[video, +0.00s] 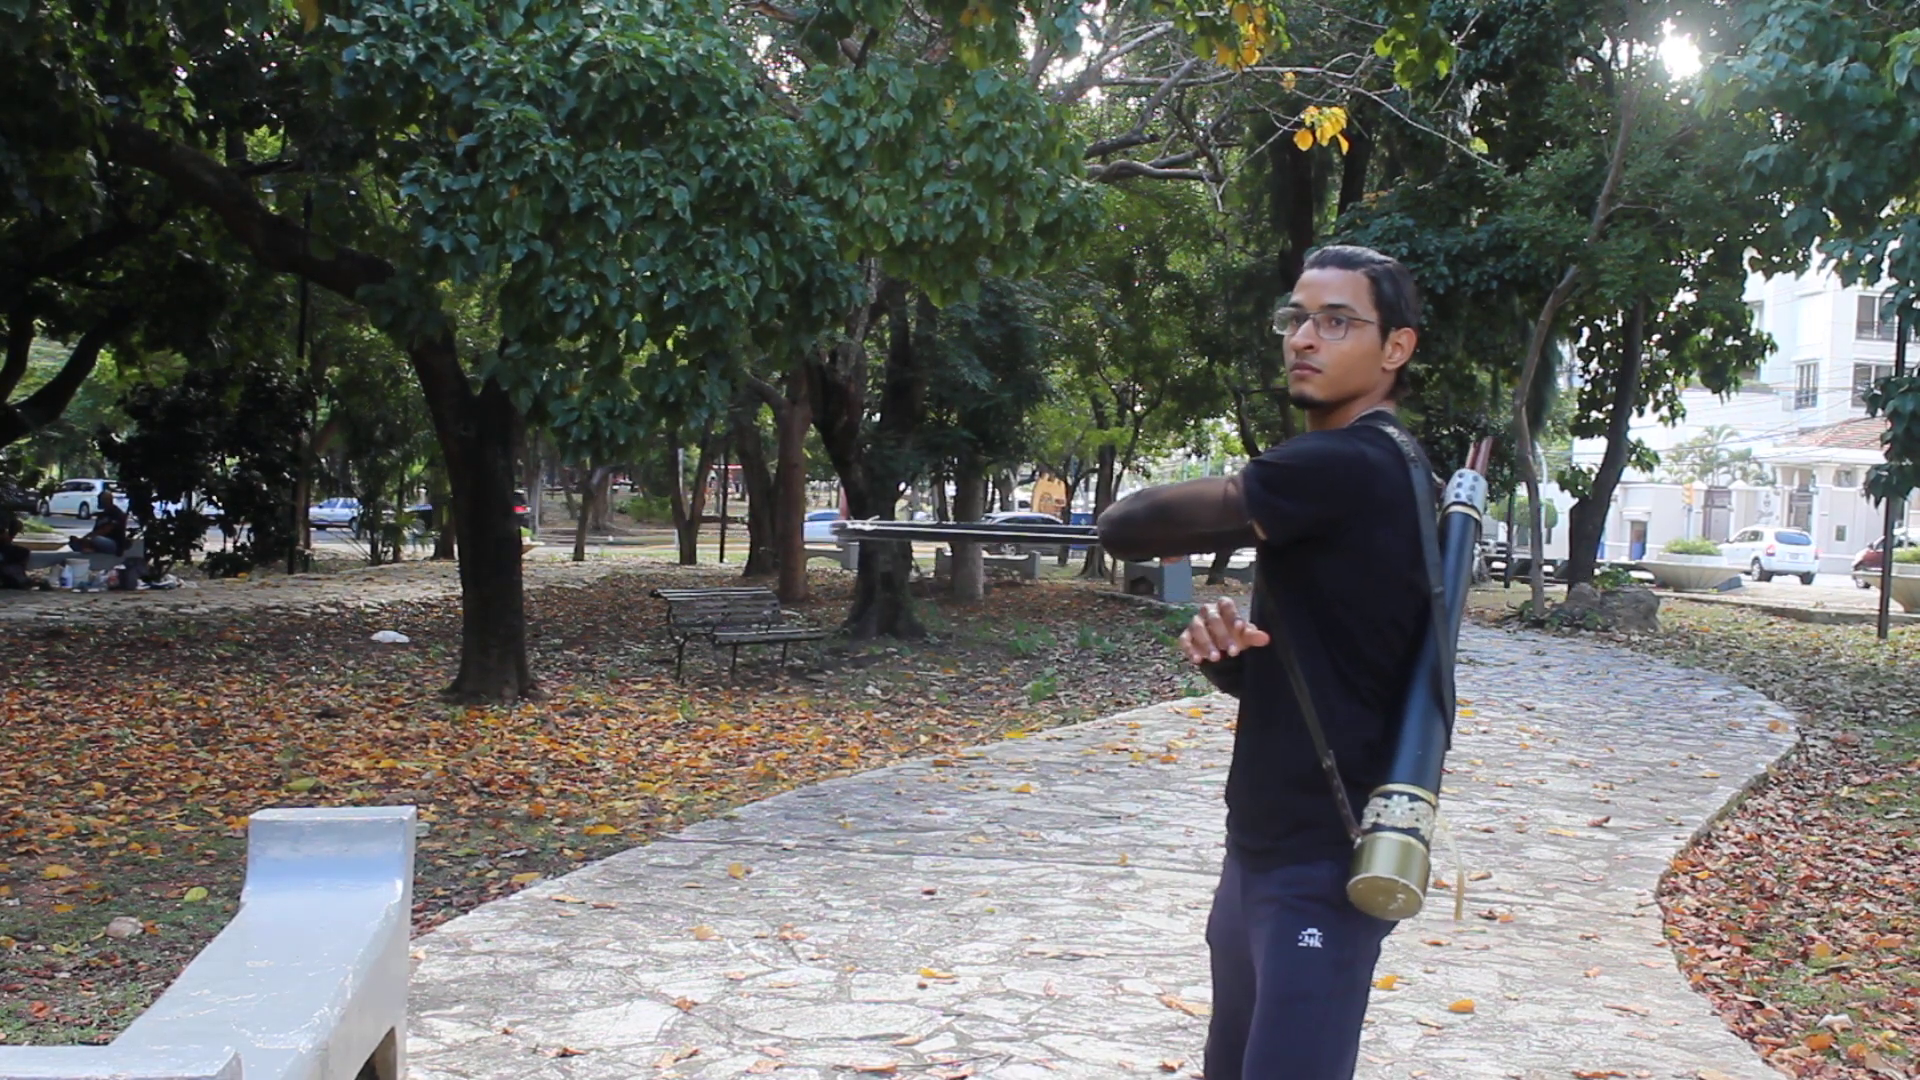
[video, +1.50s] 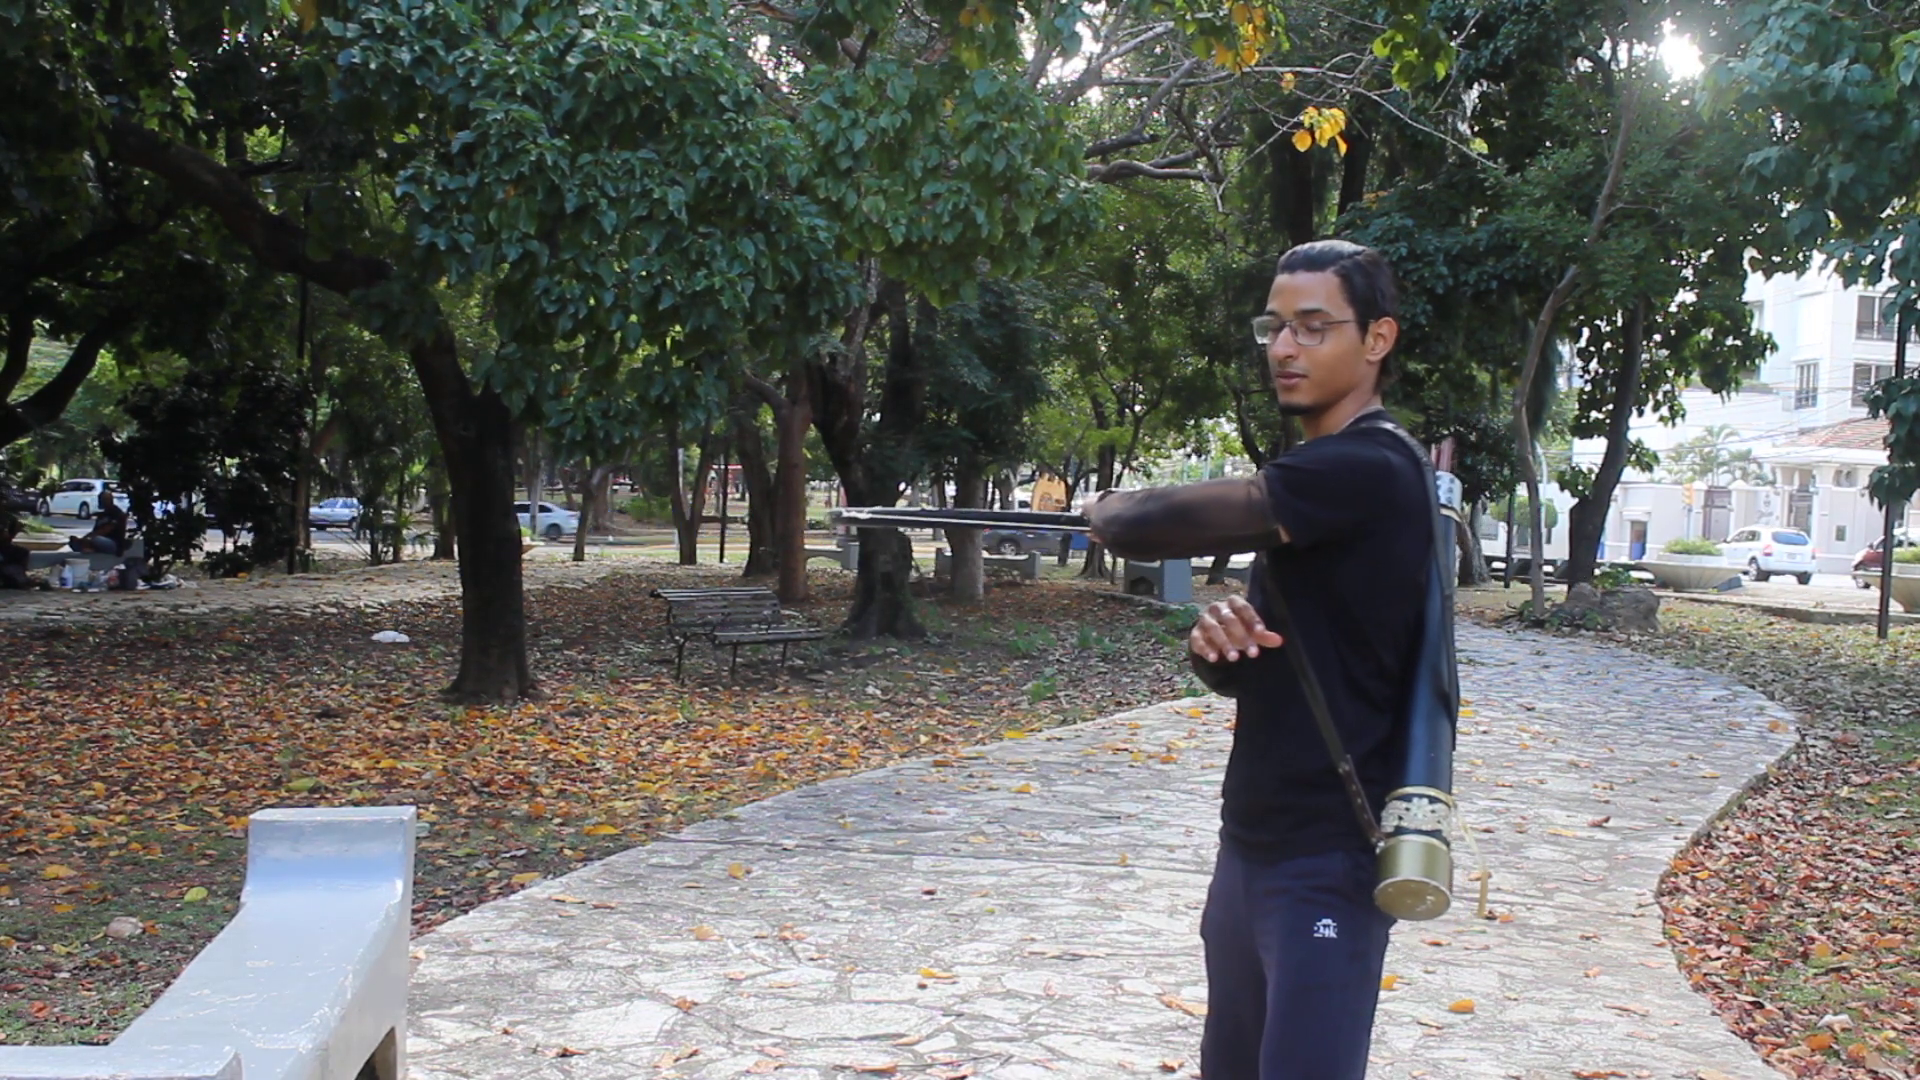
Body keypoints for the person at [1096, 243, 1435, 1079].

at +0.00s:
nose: (1302, 338)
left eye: (1335, 321)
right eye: (1296, 318)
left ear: (1396, 350)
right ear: (1282, 331)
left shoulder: (1361, 460)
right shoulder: (1342, 464)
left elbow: (1133, 524)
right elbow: (1307, 678)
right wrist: (1232, 654)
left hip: (1326, 864)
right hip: (1258, 852)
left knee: (1286, 1068)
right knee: (1231, 1065)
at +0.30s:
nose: (1285, 338)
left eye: (1318, 320)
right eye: (1278, 318)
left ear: (1379, 346)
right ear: (1264, 331)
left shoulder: (1355, 456)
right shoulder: (1326, 460)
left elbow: (1128, 523)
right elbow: (1311, 660)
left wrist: (1106, 535)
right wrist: (1234, 651)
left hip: (1331, 864)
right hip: (1259, 853)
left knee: (1291, 1068)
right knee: (1231, 1066)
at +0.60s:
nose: (1278, 343)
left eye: (1309, 322)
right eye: (1272, 323)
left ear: (1373, 343)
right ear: (1261, 334)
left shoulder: (1353, 457)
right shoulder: (1321, 459)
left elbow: (1135, 518)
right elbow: (1304, 653)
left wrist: (1103, 529)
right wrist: (1231, 648)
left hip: (1327, 863)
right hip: (1255, 851)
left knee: (1291, 1069)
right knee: (1229, 1067)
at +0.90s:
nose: (1278, 346)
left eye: (1307, 324)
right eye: (1271, 326)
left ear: (1374, 341)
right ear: (1261, 337)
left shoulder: (1361, 461)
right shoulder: (1315, 467)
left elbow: (1134, 520)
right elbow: (1290, 669)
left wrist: (1104, 529)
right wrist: (1225, 646)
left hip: (1326, 864)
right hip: (1251, 852)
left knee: (1294, 1069)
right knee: (1230, 1066)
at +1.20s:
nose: (1280, 346)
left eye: (1309, 324)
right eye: (1272, 326)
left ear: (1375, 340)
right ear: (1262, 337)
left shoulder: (1369, 461)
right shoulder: (1313, 469)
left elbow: (1146, 519)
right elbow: (1282, 671)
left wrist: (1105, 514)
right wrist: (1225, 644)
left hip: (1330, 864)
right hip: (1250, 853)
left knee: (1299, 1067)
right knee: (1232, 1065)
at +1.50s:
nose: (1282, 348)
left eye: (1312, 325)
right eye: (1274, 327)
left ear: (1378, 341)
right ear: (1263, 336)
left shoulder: (1375, 461)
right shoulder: (1312, 473)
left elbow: (1155, 518)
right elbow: (1267, 668)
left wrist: (1104, 516)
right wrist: (1221, 642)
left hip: (1331, 863)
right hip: (1248, 852)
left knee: (1303, 1067)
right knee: (1232, 1064)